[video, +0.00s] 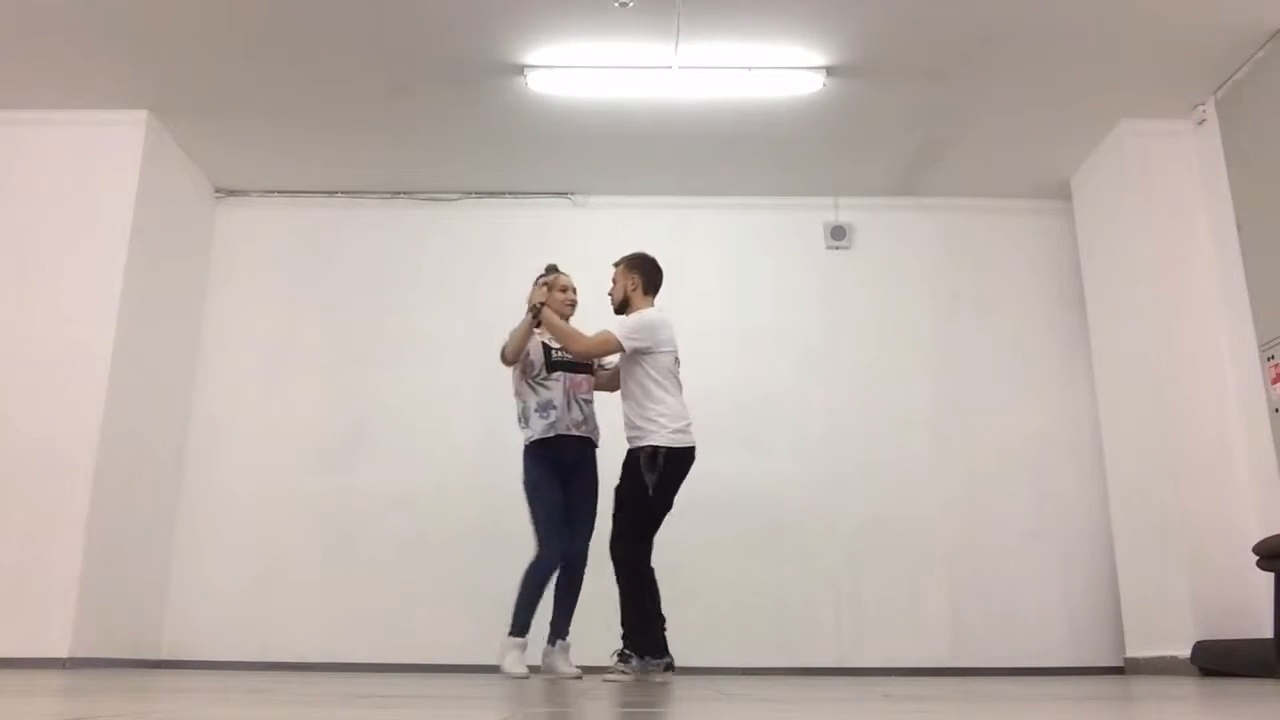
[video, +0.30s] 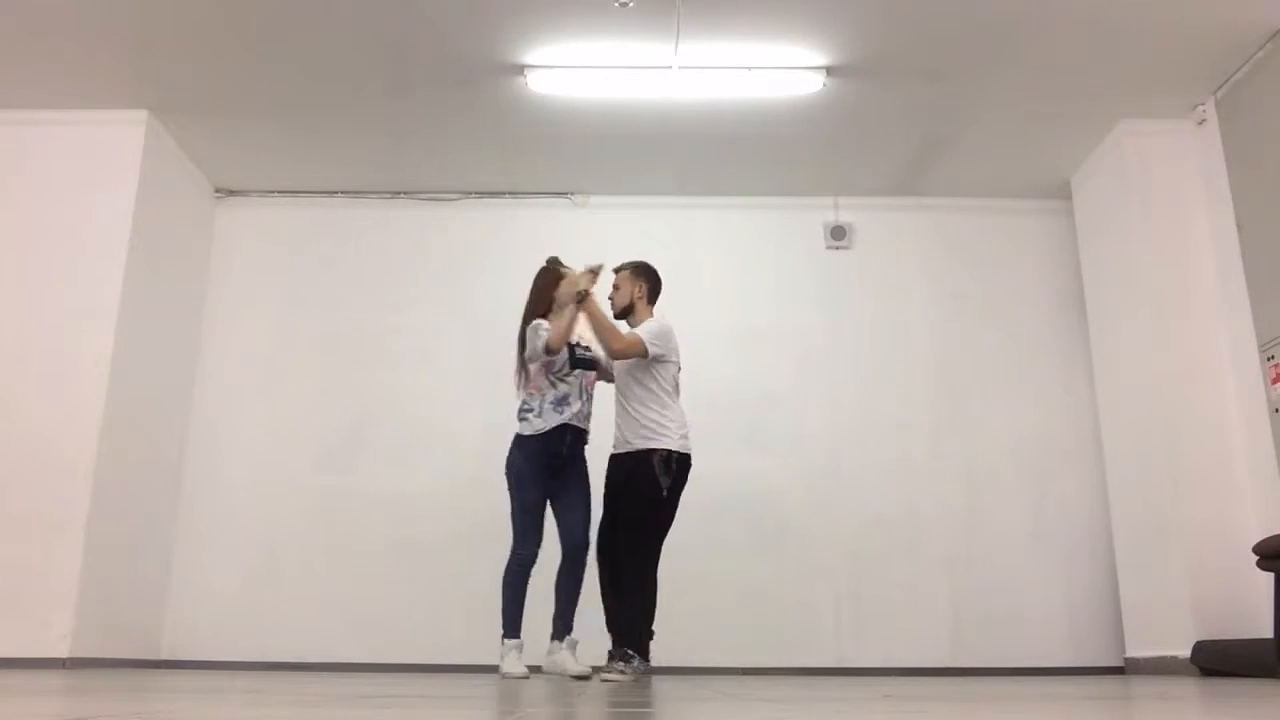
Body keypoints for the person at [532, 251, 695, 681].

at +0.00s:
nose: (610, 286)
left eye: (614, 278)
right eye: (612, 278)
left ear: (632, 280)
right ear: (641, 283)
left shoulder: (649, 322)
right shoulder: (644, 328)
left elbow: (585, 346)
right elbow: (612, 380)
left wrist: (542, 311)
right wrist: (555, 366)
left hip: (659, 448)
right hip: (653, 447)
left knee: (628, 547)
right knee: (628, 547)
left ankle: (649, 652)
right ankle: (643, 649)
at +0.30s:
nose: (610, 294)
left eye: (617, 286)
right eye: (611, 288)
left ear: (641, 290)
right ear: (637, 291)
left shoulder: (660, 330)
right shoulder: (631, 342)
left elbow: (618, 347)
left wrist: (586, 299)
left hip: (659, 454)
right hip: (627, 455)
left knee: (637, 551)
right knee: (610, 549)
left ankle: (635, 653)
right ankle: (623, 650)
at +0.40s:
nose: (613, 306)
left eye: (621, 295)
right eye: (610, 297)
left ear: (646, 296)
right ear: (607, 301)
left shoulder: (665, 337)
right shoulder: (612, 347)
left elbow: (646, 348)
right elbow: (579, 362)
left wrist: (632, 309)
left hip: (656, 459)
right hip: (615, 461)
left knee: (647, 556)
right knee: (615, 556)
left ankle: (642, 653)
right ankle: (624, 651)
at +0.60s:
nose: (619, 304)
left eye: (627, 298)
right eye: (613, 299)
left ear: (647, 304)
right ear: (607, 306)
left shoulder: (663, 348)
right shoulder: (595, 346)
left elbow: (699, 343)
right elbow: (536, 362)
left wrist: (696, 292)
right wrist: (560, 358)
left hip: (649, 463)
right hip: (604, 462)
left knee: (651, 554)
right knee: (608, 555)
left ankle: (656, 646)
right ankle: (621, 652)